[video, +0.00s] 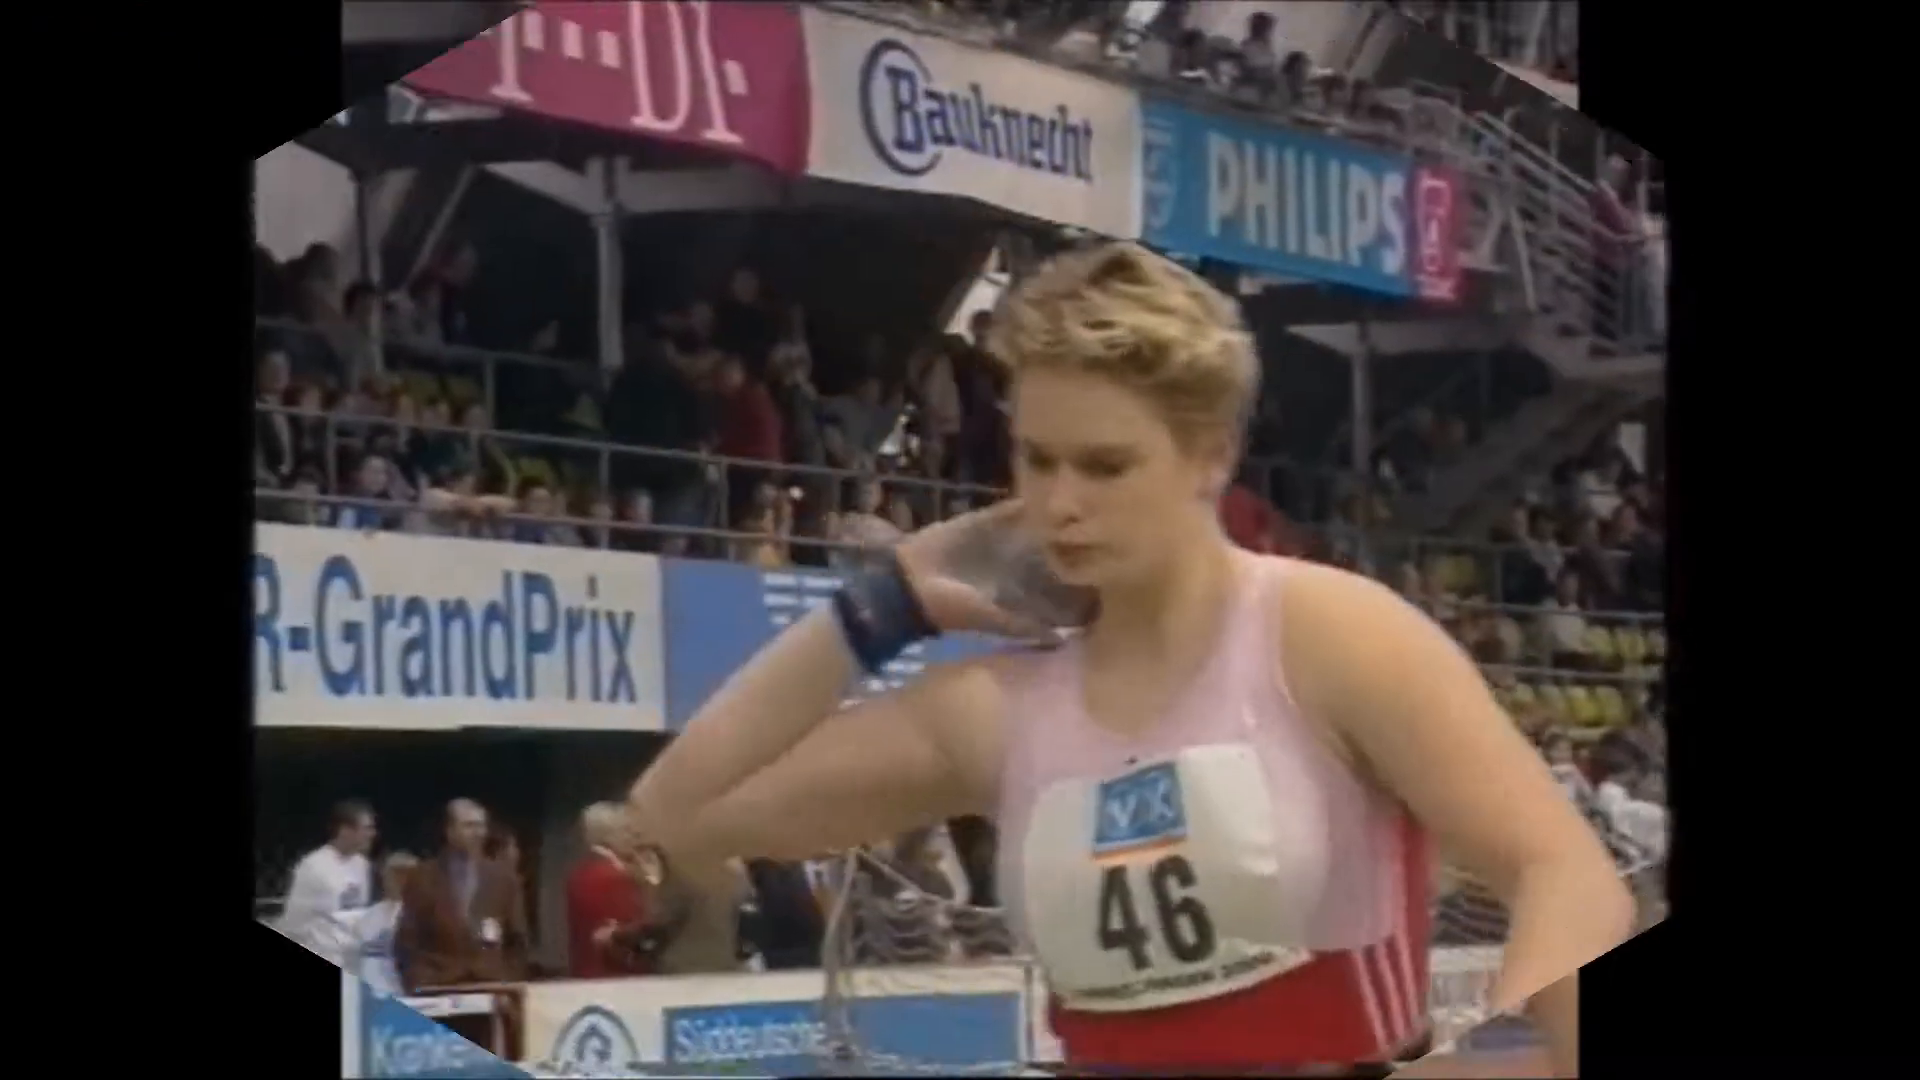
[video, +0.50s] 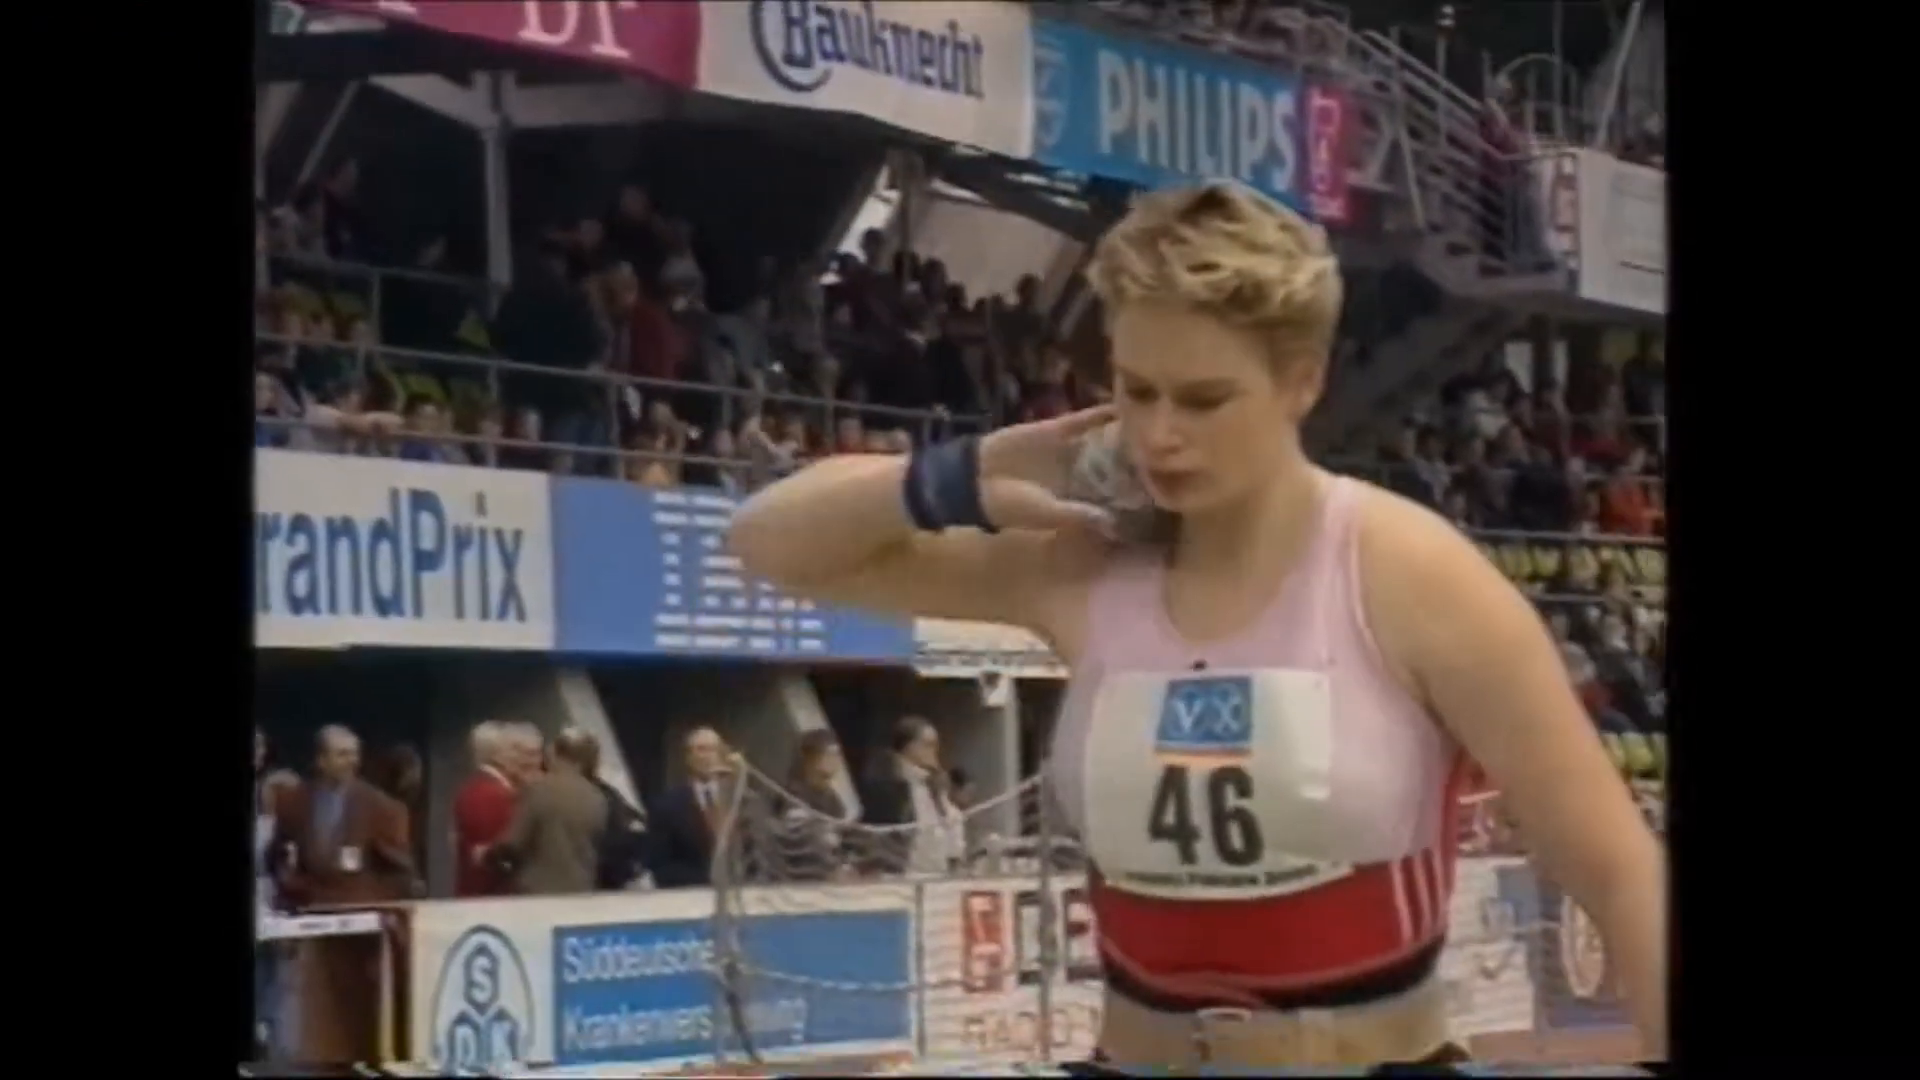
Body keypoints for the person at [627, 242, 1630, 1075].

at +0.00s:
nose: (1056, 505)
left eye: (1101, 464)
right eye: (1034, 463)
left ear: (1210, 462)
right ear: (1008, 462)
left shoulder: (1331, 633)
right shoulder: (989, 712)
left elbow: (1570, 881)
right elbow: (670, 818)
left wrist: (1504, 1048)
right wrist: (879, 605)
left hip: (1352, 1057)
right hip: (1112, 1066)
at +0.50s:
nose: (1159, 438)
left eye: (1204, 399)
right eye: (1136, 393)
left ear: (1301, 381)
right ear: (1108, 379)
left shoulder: (1408, 570)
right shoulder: (1074, 572)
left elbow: (1621, 875)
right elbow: (770, 543)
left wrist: (1657, 1053)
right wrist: (982, 473)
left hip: (1371, 1055)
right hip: (1144, 1056)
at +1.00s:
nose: (1034, 448)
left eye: (1077, 409)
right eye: (1008, 400)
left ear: (1182, 371)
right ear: (986, 368)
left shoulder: (1287, 537)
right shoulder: (962, 545)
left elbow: (1463, 847)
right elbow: (606, 583)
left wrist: (1474, 1064)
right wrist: (861, 546)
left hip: (1276, 1059)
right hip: (1034, 1057)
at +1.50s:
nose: (717, 554)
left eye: (765, 508)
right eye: (677, 502)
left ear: (874, 426)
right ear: (641, 448)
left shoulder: (1024, 544)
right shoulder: (633, 548)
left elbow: (1241, 947)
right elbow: (273, 747)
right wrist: (556, 687)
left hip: (1104, 1042)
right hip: (855, 1049)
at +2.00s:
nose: (680, 764)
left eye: (716, 718)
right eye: (632, 721)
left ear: (828, 602)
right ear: (577, 637)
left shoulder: (1047, 647)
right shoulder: (568, 646)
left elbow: (1246, 1052)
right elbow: (256, 893)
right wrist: (514, 863)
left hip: (1153, 1036)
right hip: (861, 1043)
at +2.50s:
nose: (811, 276)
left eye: (873, 215)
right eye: (758, 216)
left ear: (1011, 94)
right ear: (703, 139)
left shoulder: (1210, 225)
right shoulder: (662, 249)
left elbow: (1335, 822)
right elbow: (263, 465)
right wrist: (584, 430)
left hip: (1268, 1004)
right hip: (914, 1028)